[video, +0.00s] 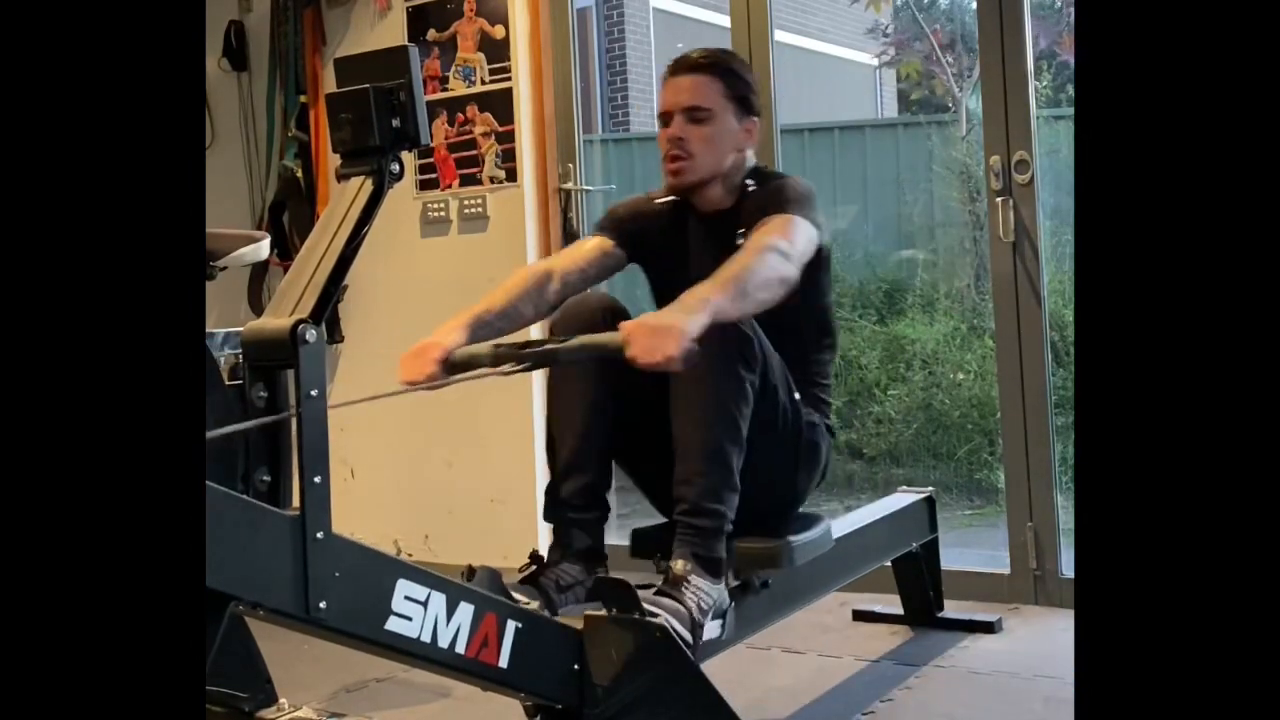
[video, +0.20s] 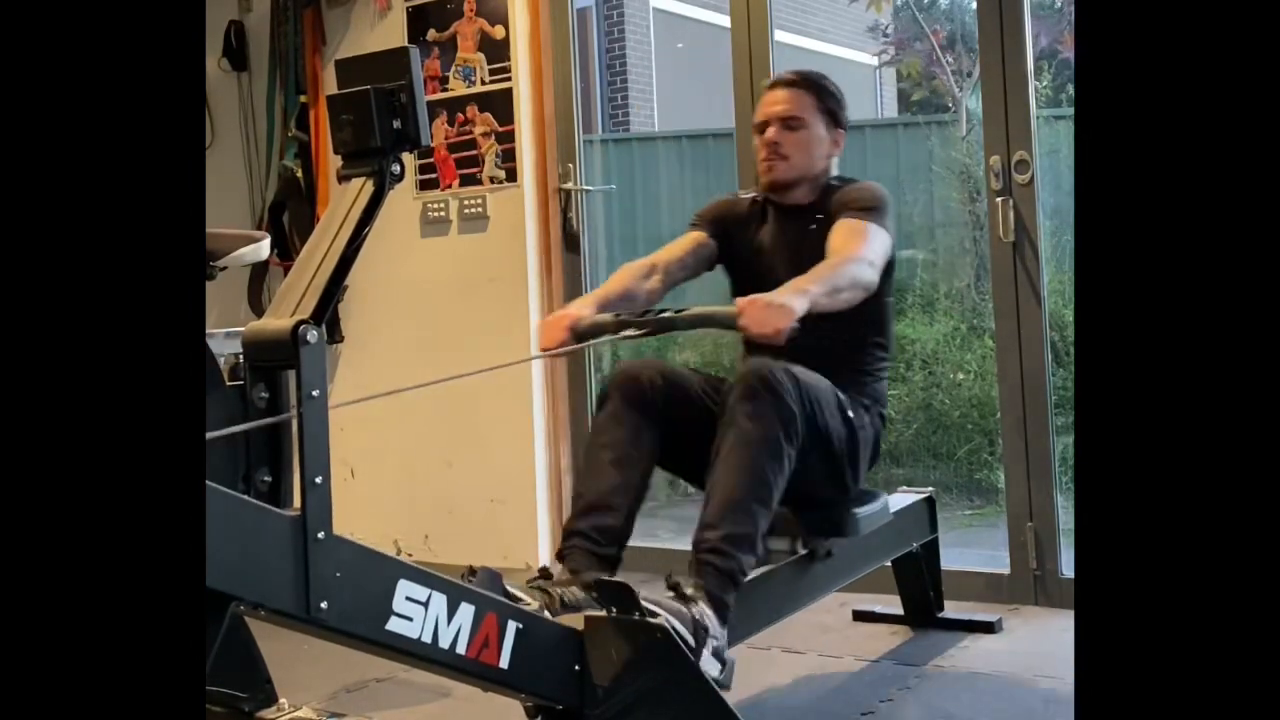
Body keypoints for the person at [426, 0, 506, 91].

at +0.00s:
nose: (471, 8)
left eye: (473, 5)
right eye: (468, 5)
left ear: (476, 8)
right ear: (463, 8)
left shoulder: (480, 22)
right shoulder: (458, 24)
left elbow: (493, 33)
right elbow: (445, 36)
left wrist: (498, 32)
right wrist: (435, 36)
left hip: (474, 60)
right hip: (460, 59)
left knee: (474, 88)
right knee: (458, 89)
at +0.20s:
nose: (471, 7)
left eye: (473, 5)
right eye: (468, 5)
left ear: (476, 8)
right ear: (463, 8)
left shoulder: (480, 22)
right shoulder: (457, 24)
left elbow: (493, 33)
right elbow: (445, 36)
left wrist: (498, 32)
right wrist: (435, 36)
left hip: (474, 60)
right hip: (460, 59)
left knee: (474, 88)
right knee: (458, 89)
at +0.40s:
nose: (471, 7)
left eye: (473, 5)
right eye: (468, 5)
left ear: (476, 8)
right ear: (463, 8)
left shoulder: (480, 22)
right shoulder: (457, 25)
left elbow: (493, 33)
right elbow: (445, 36)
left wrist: (498, 32)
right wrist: (435, 36)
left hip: (474, 60)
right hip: (460, 59)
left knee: (474, 88)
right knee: (458, 89)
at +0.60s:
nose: (471, 7)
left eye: (473, 4)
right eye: (468, 4)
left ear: (476, 7)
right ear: (463, 8)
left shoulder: (480, 22)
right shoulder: (457, 25)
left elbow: (493, 33)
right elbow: (445, 36)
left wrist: (498, 32)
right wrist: (435, 36)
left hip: (474, 60)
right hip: (460, 59)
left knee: (474, 89)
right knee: (458, 89)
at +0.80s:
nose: (471, 7)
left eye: (473, 4)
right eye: (468, 4)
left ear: (476, 7)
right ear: (463, 8)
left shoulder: (480, 22)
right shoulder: (457, 25)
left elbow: (493, 33)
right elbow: (445, 36)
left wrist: (498, 32)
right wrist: (435, 36)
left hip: (474, 60)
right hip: (460, 59)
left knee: (474, 89)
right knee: (458, 89)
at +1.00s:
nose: (471, 7)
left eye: (473, 5)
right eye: (468, 5)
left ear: (476, 8)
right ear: (463, 8)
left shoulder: (480, 22)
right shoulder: (457, 25)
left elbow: (493, 33)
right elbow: (445, 36)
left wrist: (498, 32)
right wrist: (435, 36)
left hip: (474, 60)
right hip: (460, 59)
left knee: (474, 89)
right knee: (458, 89)